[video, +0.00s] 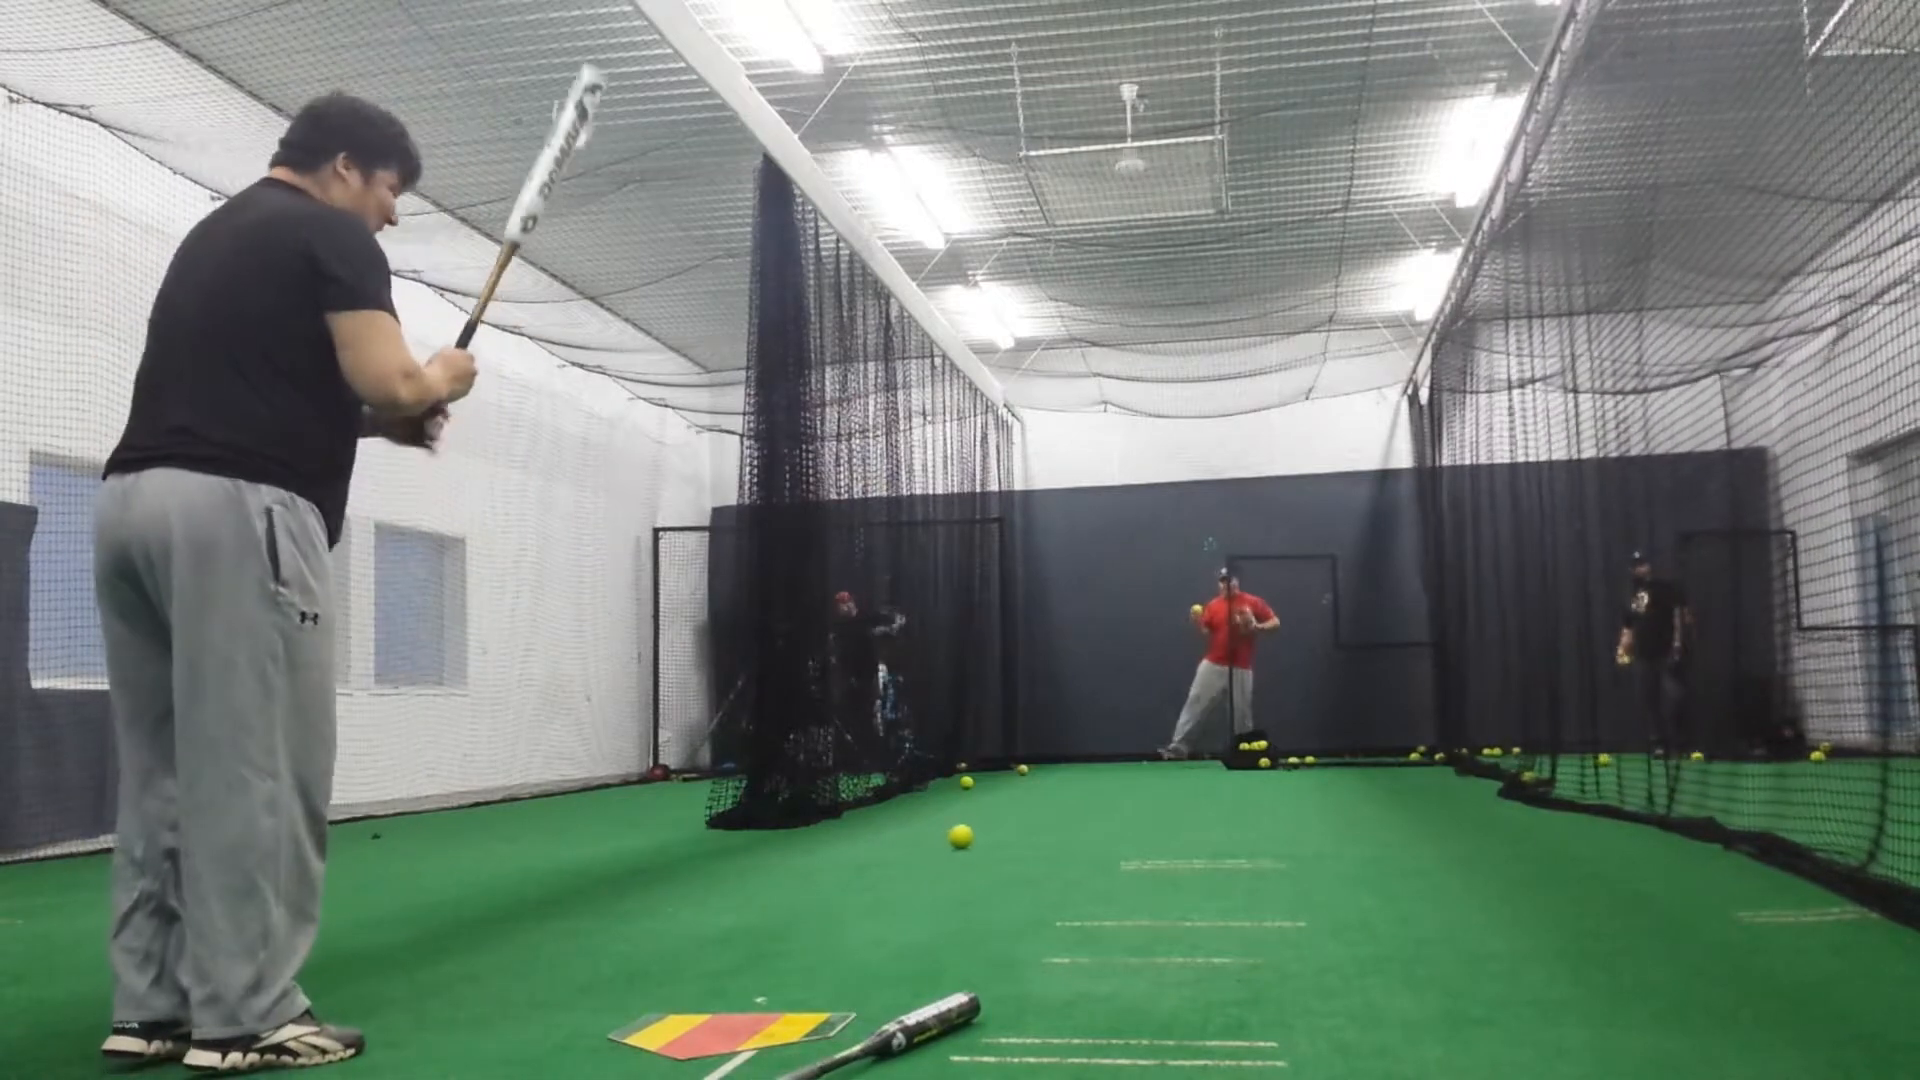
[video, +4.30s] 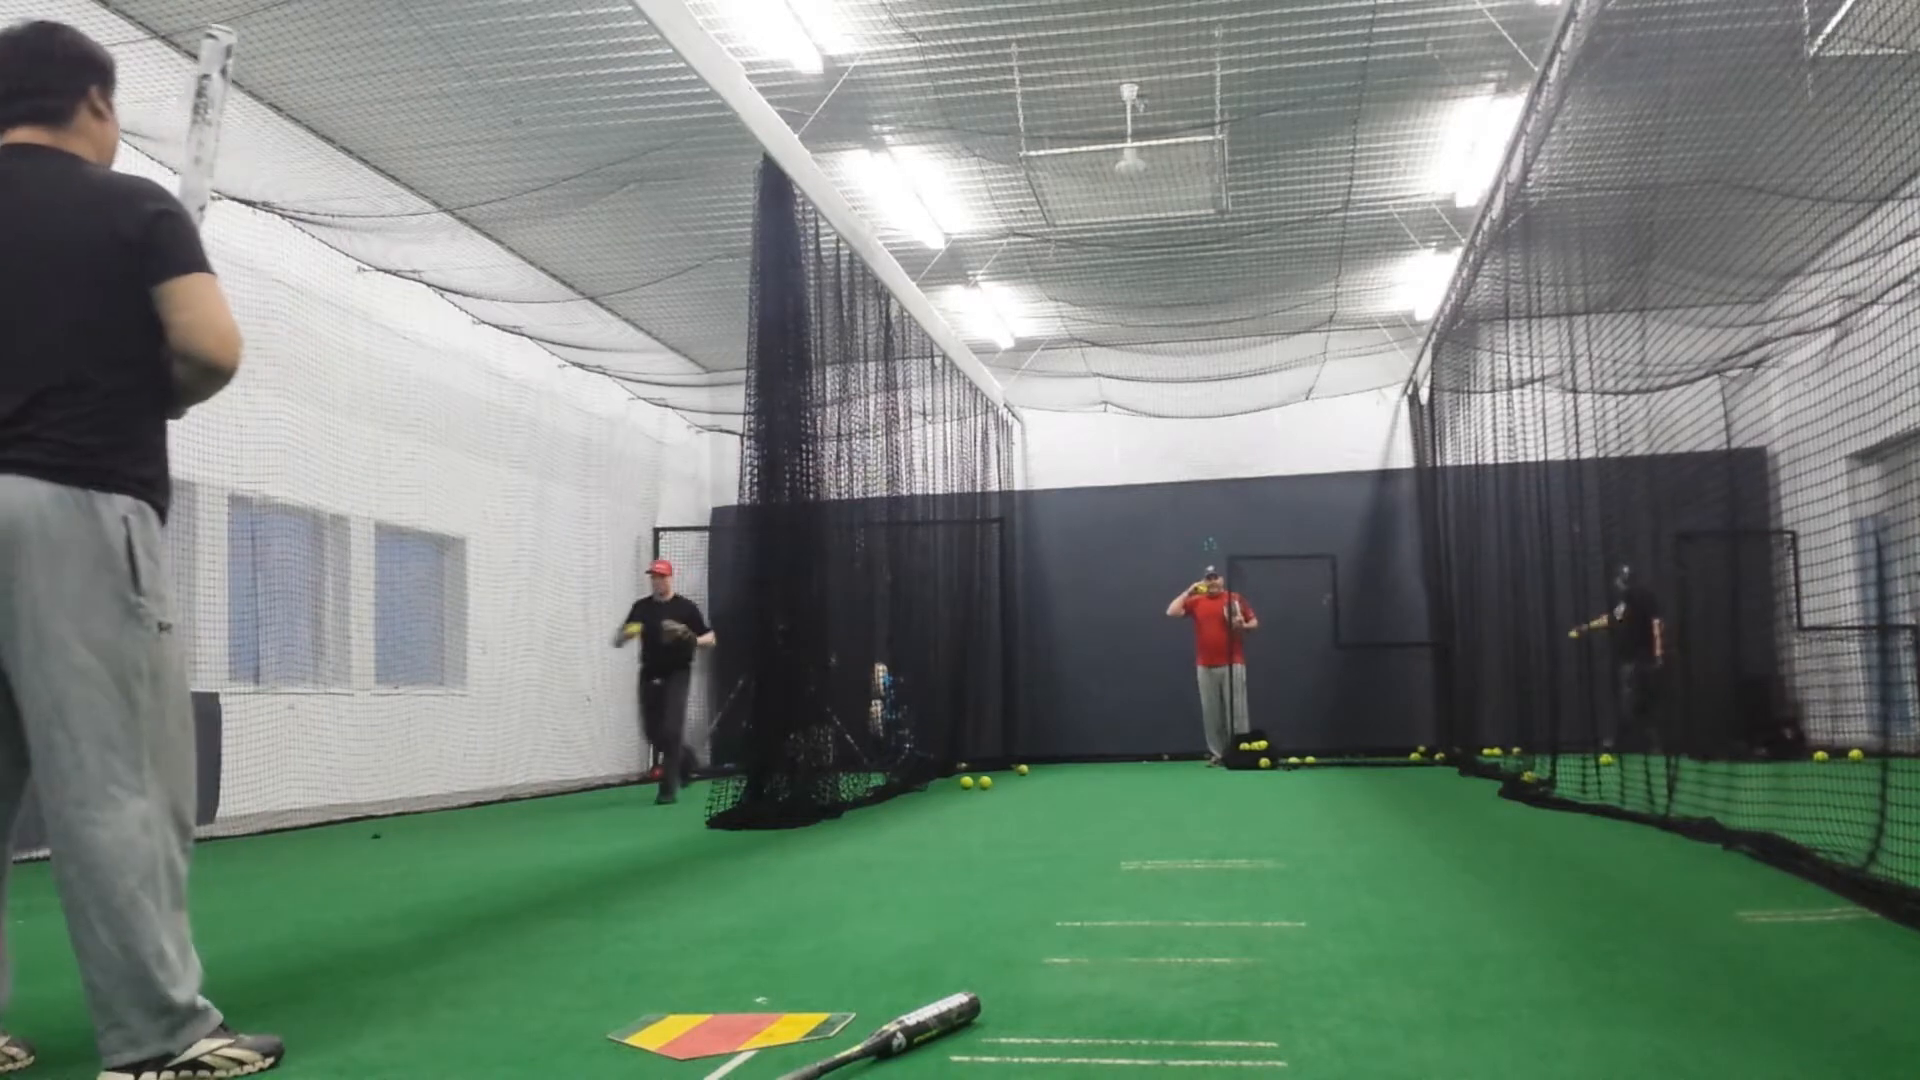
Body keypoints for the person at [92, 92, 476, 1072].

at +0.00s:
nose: (393, 214)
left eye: (399, 197)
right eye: (391, 192)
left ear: (307, 168)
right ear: (346, 167)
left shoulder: (221, 227)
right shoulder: (331, 231)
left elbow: (264, 379)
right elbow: (388, 384)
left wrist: (388, 416)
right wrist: (440, 379)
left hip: (134, 497)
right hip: (238, 507)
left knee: (156, 767)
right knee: (257, 765)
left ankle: (150, 1009)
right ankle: (245, 1015)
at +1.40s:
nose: (344, 184)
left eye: (342, 166)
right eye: (341, 165)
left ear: (236, 159)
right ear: (314, 162)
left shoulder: (179, 239)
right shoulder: (313, 262)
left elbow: (207, 399)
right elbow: (367, 431)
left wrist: (312, 497)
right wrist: (378, 532)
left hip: (105, 515)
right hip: (209, 521)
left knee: (134, 771)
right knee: (242, 771)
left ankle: (150, 1008)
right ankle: (244, 1016)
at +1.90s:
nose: (270, 190)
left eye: (267, 173)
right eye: (267, 171)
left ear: (171, 167)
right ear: (240, 165)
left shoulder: (148, 237)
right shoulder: (221, 231)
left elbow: (209, 407)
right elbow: (237, 354)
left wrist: (335, 439)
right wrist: (350, 422)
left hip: (102, 516)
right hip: (172, 516)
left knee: (139, 769)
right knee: (232, 756)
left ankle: (152, 1008)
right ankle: (249, 1005)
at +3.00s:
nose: (259, 127)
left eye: (254, 110)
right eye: (255, 109)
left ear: (148, 114)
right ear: (231, 107)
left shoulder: (89, 217)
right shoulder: (237, 201)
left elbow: (83, 370)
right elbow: (274, 332)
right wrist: (339, 382)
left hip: (85, 510)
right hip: (185, 515)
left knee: (144, 768)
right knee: (190, 776)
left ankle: (175, 994)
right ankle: (157, 1031)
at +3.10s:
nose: (260, 123)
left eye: (256, 106)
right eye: (257, 106)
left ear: (147, 108)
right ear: (234, 104)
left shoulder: (81, 212)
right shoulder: (247, 203)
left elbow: (52, 370)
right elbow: (290, 337)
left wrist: (106, 444)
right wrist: (344, 385)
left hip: (73, 510)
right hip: (182, 516)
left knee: (132, 769)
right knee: (186, 773)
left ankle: (167, 992)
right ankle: (156, 1033)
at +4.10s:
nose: (163, 120)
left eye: (158, 103)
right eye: (159, 103)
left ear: (38, 109)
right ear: (137, 101)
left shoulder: (2, 194)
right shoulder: (182, 204)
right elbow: (260, 349)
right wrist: (198, 397)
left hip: (5, 510)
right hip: (113, 511)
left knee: (6, 787)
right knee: (145, 779)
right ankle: (159, 1035)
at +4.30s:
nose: (118, 130)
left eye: (113, 113)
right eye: (113, 112)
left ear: (11, 109)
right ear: (87, 104)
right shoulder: (127, 205)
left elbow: (207, 350)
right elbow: (213, 349)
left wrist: (135, 387)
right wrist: (144, 396)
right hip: (64, 509)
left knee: (12, 790)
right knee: (114, 777)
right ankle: (156, 1032)